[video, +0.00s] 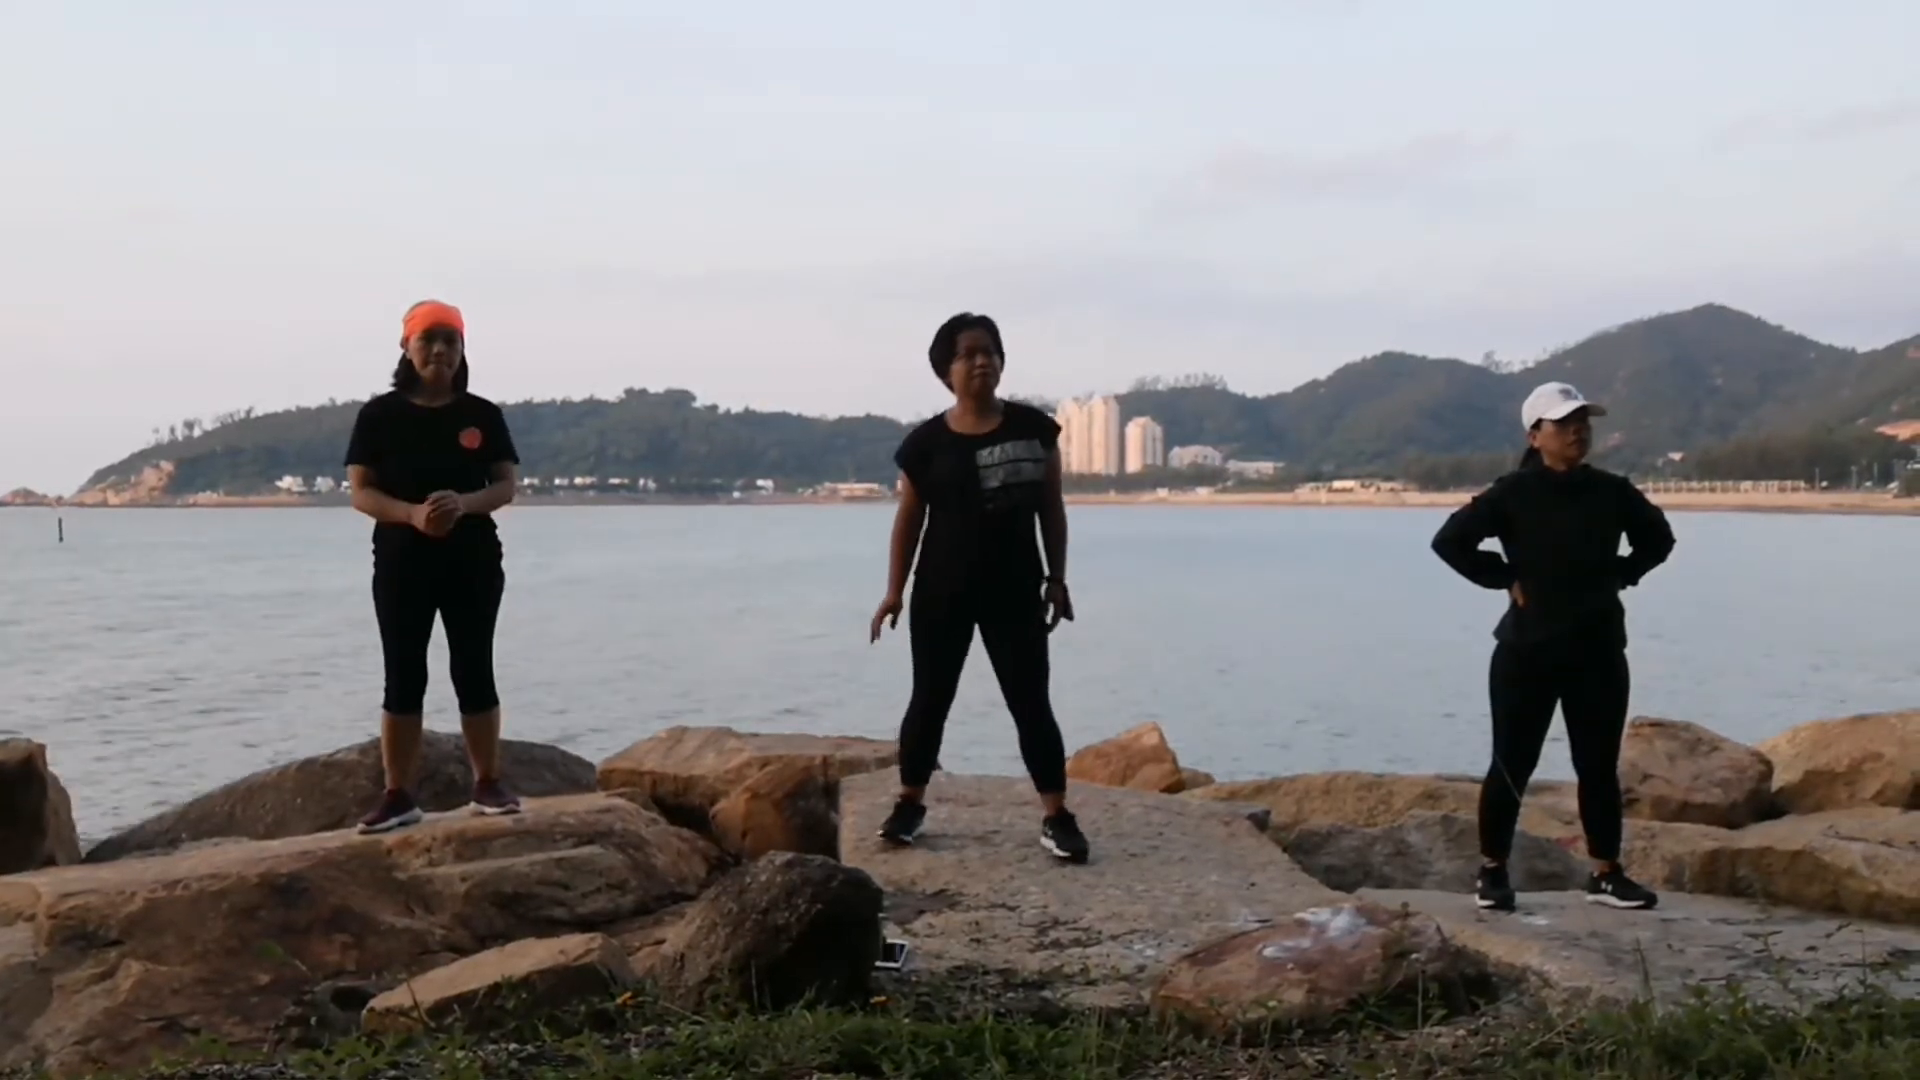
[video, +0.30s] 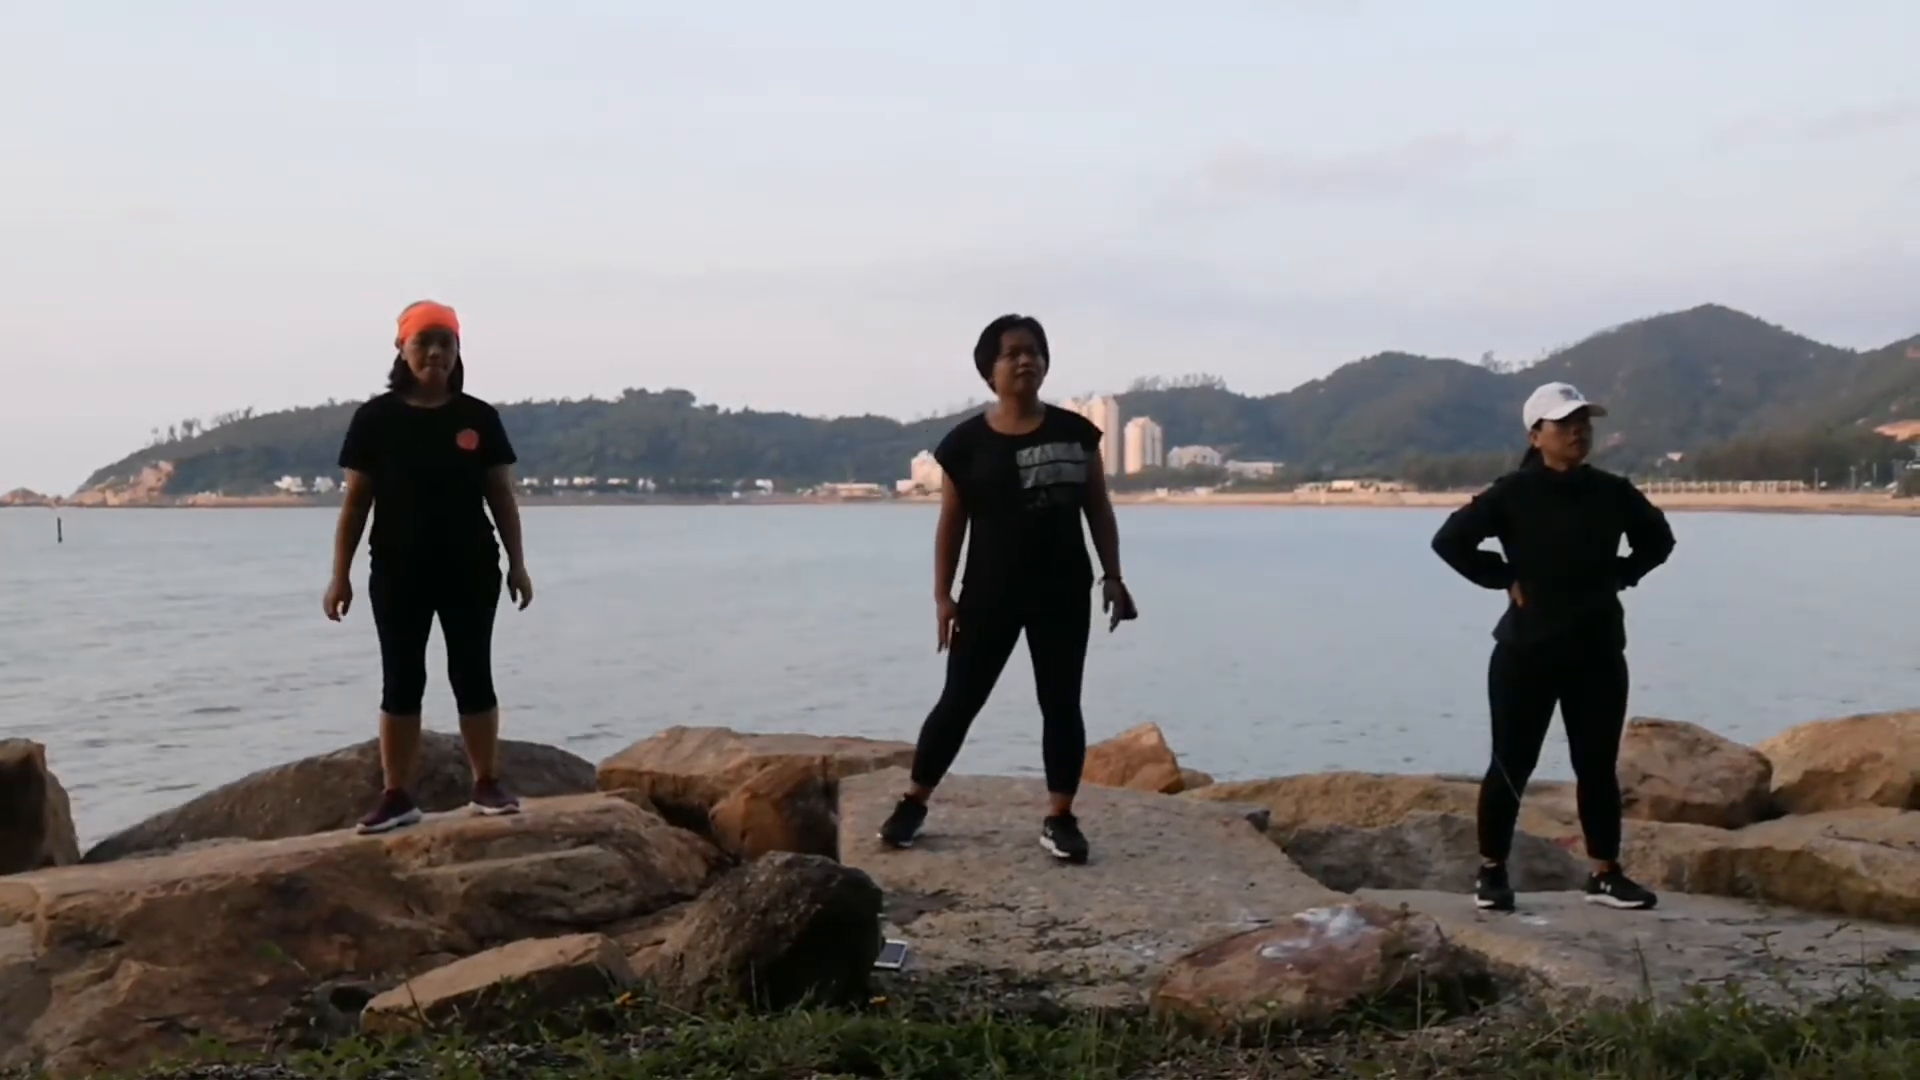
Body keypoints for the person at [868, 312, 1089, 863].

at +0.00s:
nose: (981, 363)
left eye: (989, 353)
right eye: (968, 355)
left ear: (1001, 364)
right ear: (946, 368)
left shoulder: (1035, 431)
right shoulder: (924, 443)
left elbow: (1052, 508)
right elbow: (907, 523)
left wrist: (1057, 575)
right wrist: (894, 590)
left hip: (1014, 593)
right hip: (943, 595)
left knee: (1032, 705)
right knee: (928, 701)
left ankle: (1056, 814)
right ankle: (909, 804)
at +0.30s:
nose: (1022, 361)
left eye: (1031, 352)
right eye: (1011, 354)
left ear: (1045, 363)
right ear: (989, 369)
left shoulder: (1075, 434)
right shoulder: (965, 443)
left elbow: (1098, 509)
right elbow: (950, 526)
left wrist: (1113, 575)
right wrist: (942, 595)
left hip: (1062, 594)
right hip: (992, 594)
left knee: (1062, 706)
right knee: (957, 703)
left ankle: (1061, 817)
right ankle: (914, 801)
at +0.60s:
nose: (1042, 362)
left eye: (1052, 353)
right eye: (1030, 353)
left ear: (1065, 364)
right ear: (1008, 366)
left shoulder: (1098, 434)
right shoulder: (983, 439)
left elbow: (1112, 514)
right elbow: (966, 521)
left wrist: (1109, 581)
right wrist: (961, 591)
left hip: (1071, 593)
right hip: (1000, 595)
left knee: (1066, 708)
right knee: (962, 701)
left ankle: (1060, 817)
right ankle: (916, 802)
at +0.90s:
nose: (1036, 362)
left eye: (1046, 353)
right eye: (1025, 352)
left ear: (1061, 364)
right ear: (1003, 364)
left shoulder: (1085, 436)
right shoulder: (972, 434)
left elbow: (1098, 520)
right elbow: (950, 516)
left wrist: (1095, 588)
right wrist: (941, 588)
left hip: (1052, 597)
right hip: (982, 593)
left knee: (1055, 708)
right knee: (952, 702)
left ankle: (1058, 818)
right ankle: (923, 811)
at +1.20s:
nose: (1001, 365)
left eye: (1011, 356)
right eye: (990, 355)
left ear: (1024, 366)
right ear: (968, 365)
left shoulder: (1047, 438)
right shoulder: (934, 437)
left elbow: (1058, 519)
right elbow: (914, 518)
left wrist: (1057, 589)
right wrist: (906, 588)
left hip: (1014, 596)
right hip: (944, 597)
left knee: (1030, 710)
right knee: (934, 707)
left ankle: (1053, 815)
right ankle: (920, 811)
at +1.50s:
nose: (974, 366)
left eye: (985, 357)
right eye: (963, 355)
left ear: (996, 366)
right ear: (939, 362)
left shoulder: (1017, 433)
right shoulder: (907, 435)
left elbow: (1028, 517)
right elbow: (887, 515)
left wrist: (1031, 586)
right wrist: (876, 585)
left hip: (994, 593)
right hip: (924, 594)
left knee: (1025, 705)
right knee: (925, 707)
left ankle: (1050, 812)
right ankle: (919, 811)